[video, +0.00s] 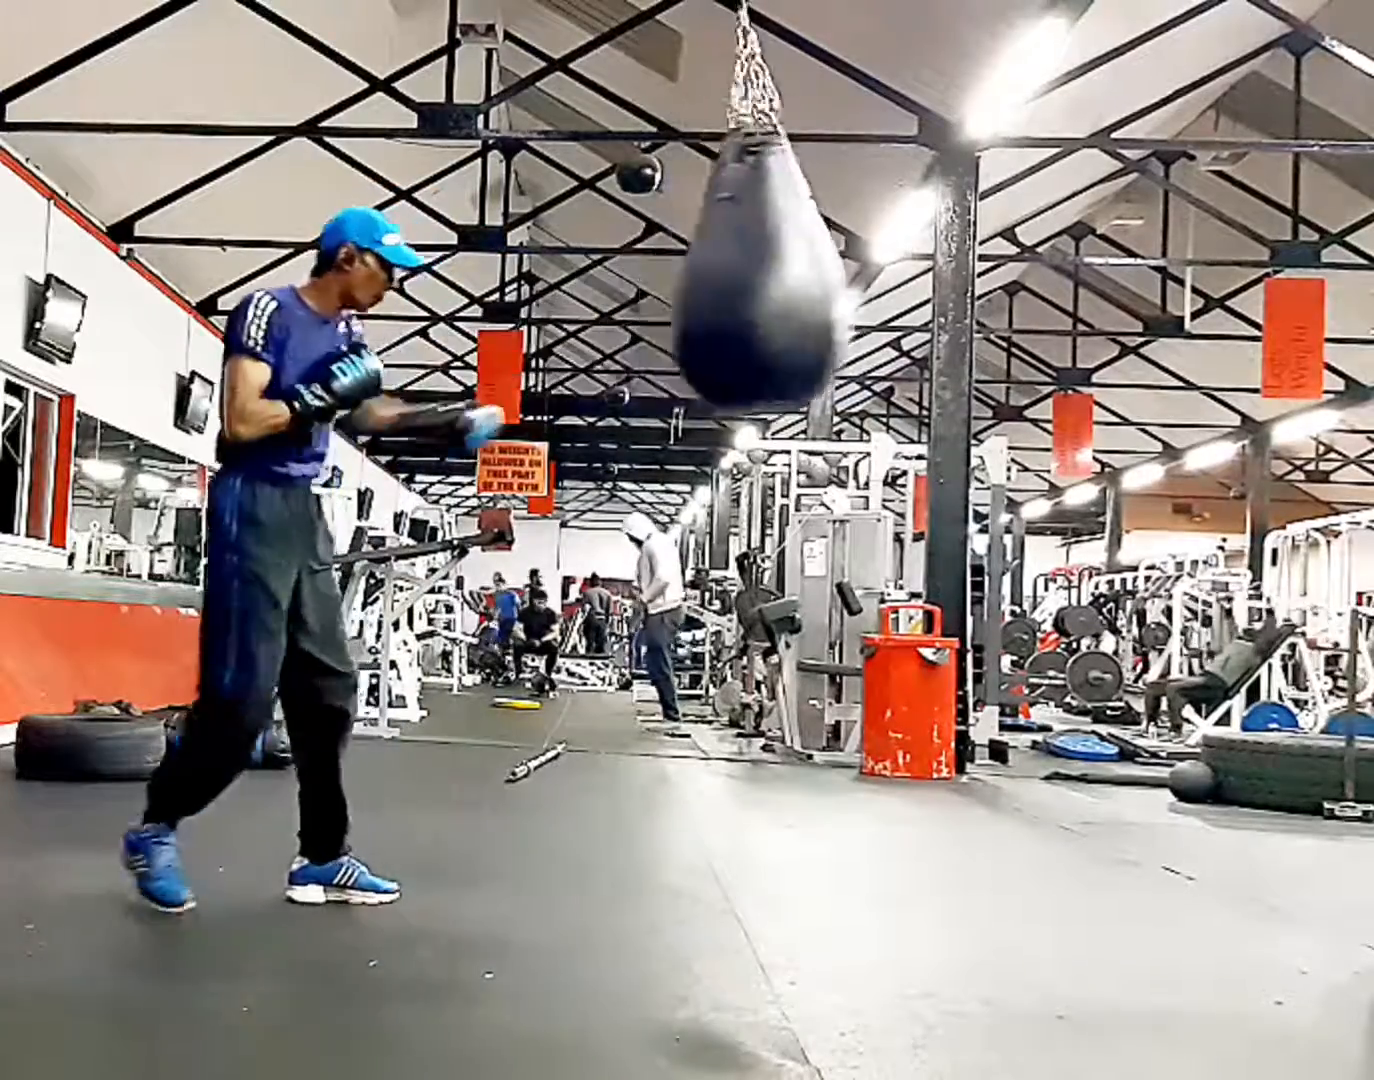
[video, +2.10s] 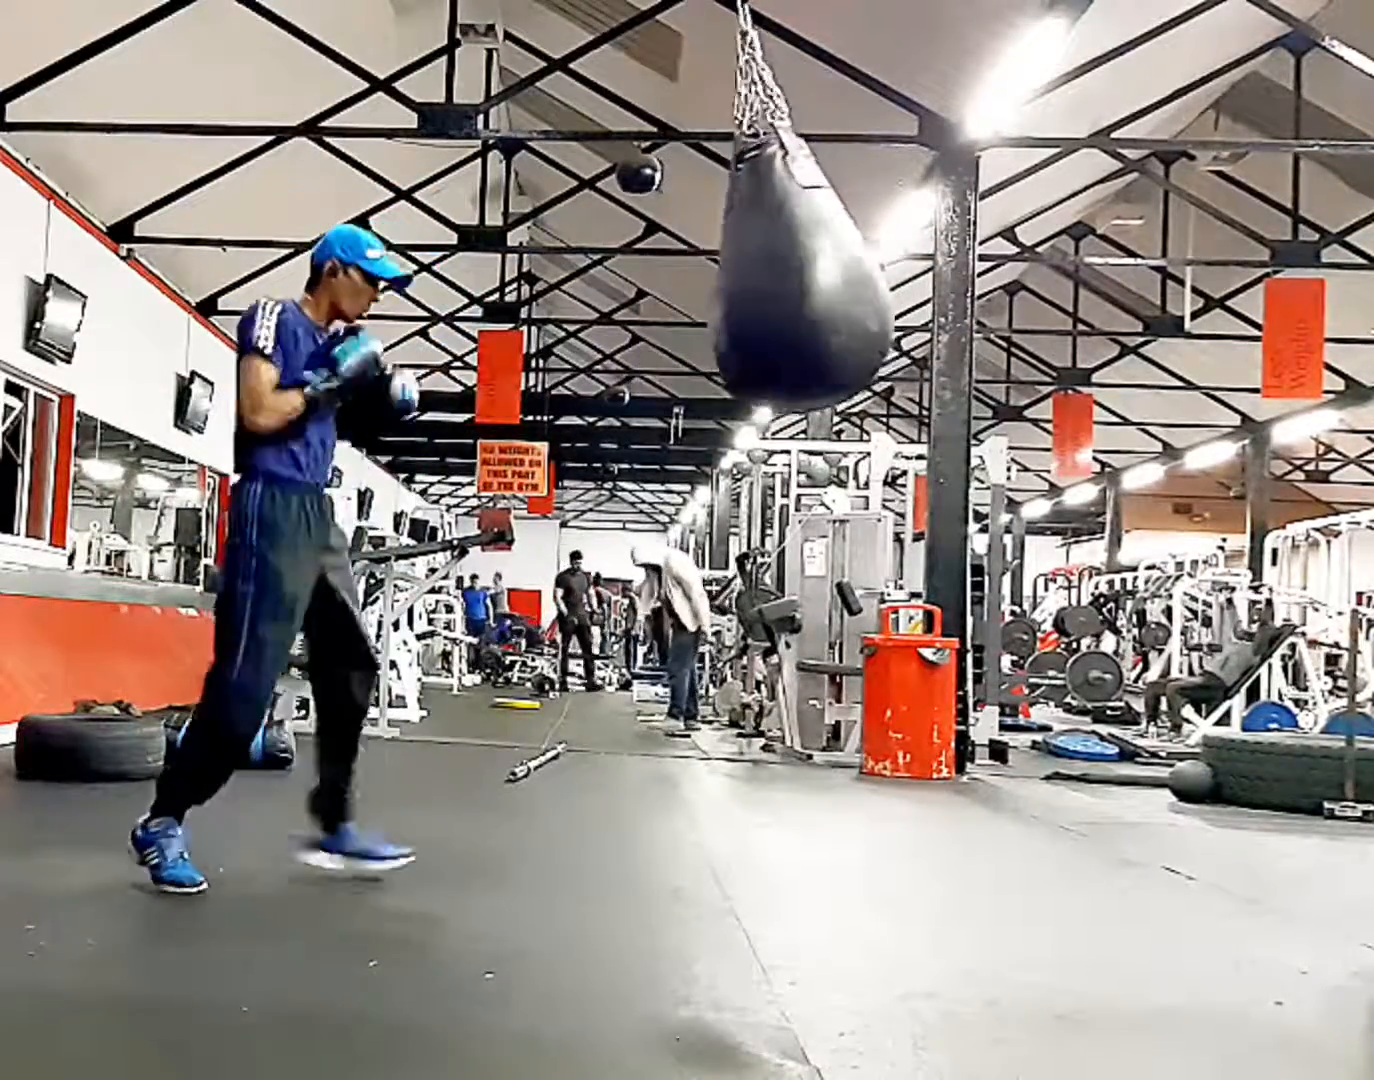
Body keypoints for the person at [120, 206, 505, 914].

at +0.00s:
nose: (390, 287)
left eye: (393, 276)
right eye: (385, 272)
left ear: (358, 267)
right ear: (349, 260)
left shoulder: (345, 337)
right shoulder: (266, 309)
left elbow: (372, 415)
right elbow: (239, 422)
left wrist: (452, 422)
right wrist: (324, 398)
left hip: (303, 513)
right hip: (251, 510)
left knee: (325, 692)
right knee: (242, 700)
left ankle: (323, 858)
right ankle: (153, 828)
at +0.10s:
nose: (369, 297)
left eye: (373, 286)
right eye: (364, 282)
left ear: (335, 279)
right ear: (326, 272)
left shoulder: (316, 349)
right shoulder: (249, 325)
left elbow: (300, 442)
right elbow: (239, 435)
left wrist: (370, 451)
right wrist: (319, 397)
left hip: (280, 526)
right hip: (233, 525)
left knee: (335, 675)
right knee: (221, 698)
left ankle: (324, 854)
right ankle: (137, 839)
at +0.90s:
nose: (402, 326)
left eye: (406, 316)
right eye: (397, 312)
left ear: (373, 309)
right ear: (363, 302)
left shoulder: (357, 369)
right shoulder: (309, 343)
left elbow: (388, 449)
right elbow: (324, 408)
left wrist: (453, 415)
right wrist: (387, 376)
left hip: (324, 543)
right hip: (295, 538)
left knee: (353, 697)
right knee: (258, 714)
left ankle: (389, 847)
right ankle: (147, 829)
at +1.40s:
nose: (450, 346)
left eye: (452, 334)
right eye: (445, 332)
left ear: (422, 327)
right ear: (412, 321)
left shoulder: (401, 394)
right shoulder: (342, 366)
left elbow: (403, 470)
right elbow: (308, 469)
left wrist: (460, 468)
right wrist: (388, 455)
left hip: (368, 547)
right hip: (324, 543)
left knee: (421, 692)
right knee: (326, 706)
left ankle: (393, 846)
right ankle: (212, 827)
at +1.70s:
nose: (403, 294)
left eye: (408, 284)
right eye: (400, 279)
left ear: (376, 273)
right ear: (366, 265)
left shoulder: (358, 336)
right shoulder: (307, 307)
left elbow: (345, 430)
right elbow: (257, 394)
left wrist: (384, 420)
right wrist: (342, 394)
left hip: (329, 500)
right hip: (289, 496)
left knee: (342, 665)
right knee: (263, 664)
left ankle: (350, 822)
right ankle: (202, 825)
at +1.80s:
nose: (388, 290)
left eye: (390, 279)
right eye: (382, 276)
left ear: (358, 275)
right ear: (346, 269)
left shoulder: (341, 338)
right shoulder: (288, 310)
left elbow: (338, 425)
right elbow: (241, 393)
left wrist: (377, 406)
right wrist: (319, 398)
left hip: (317, 509)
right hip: (271, 505)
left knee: (334, 671)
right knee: (250, 677)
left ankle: (270, 824)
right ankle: (180, 824)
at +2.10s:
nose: (376, 296)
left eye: (379, 286)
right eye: (370, 282)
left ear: (350, 281)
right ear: (332, 271)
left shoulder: (336, 346)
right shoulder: (272, 320)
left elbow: (340, 428)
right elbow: (256, 414)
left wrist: (382, 407)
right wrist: (329, 381)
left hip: (317, 514)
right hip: (269, 509)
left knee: (350, 669)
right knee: (246, 684)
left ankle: (333, 825)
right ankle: (161, 823)